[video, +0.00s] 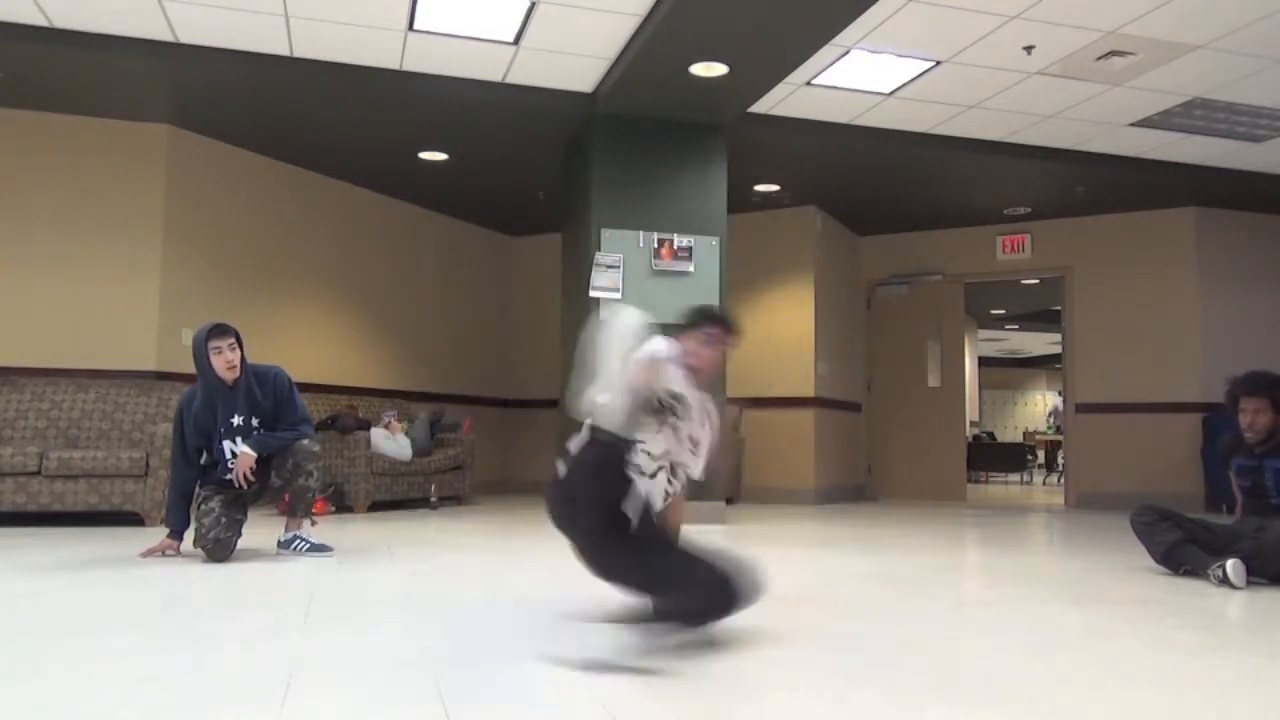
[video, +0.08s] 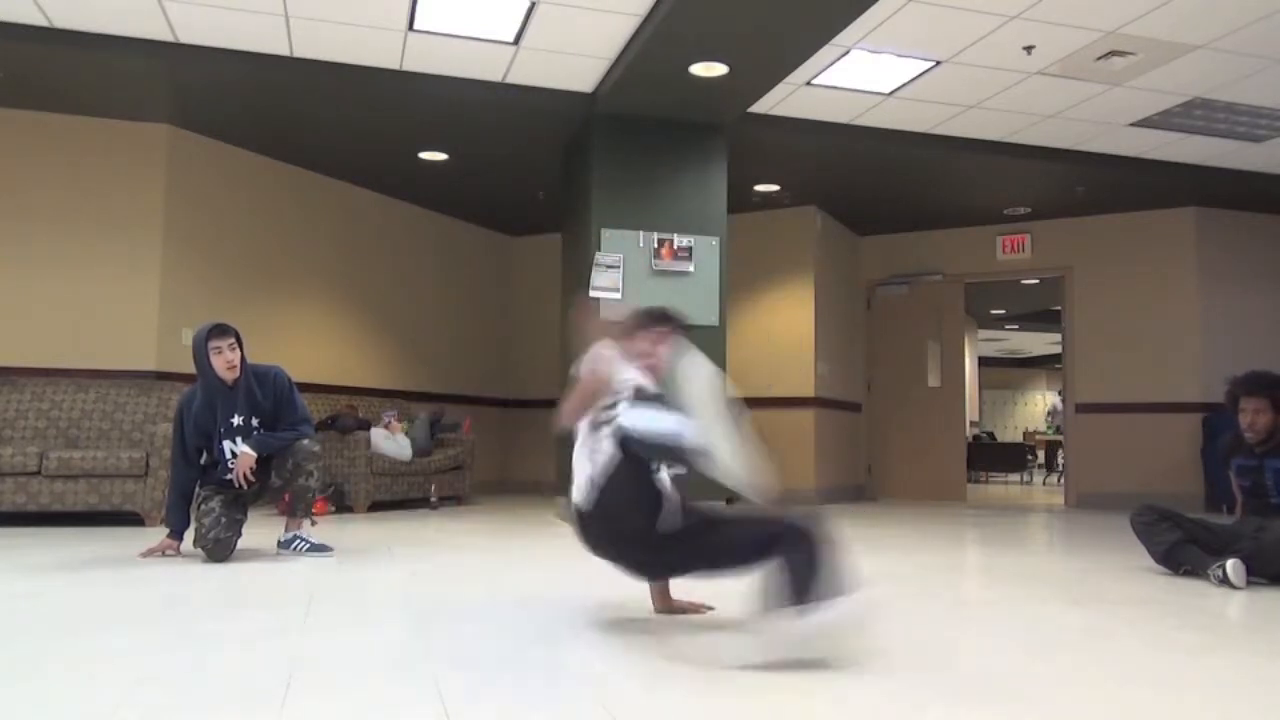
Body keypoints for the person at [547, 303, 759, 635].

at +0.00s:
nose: (710, 354)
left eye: (719, 347)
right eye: (704, 341)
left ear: (724, 354)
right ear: (684, 337)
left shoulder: (700, 412)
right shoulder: (659, 353)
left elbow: (674, 489)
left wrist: (668, 555)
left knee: (718, 590)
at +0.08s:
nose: (662, 355)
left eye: (668, 346)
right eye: (655, 341)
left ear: (671, 349)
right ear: (634, 337)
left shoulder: (650, 397)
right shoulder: (606, 358)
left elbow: (659, 500)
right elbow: (565, 417)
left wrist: (661, 598)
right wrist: (598, 375)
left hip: (651, 543)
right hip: (608, 520)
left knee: (793, 534)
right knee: (629, 422)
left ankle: (792, 631)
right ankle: (703, 436)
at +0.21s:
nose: (590, 355)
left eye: (593, 346)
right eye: (576, 348)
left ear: (598, 356)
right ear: (548, 362)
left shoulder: (611, 409)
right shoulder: (541, 411)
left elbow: (640, 494)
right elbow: (563, 511)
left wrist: (661, 593)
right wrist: (578, 609)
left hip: (688, 501)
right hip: (642, 530)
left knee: (799, 406)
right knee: (729, 500)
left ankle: (932, 455)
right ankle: (882, 590)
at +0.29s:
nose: (578, 366)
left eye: (578, 355)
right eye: (563, 360)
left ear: (581, 359)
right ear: (533, 375)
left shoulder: (593, 409)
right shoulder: (533, 425)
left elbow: (620, 497)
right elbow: (551, 537)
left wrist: (657, 592)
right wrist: (586, 622)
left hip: (675, 489)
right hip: (670, 546)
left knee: (741, 388)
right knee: (812, 577)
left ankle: (862, 368)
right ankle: (911, 604)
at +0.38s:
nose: (601, 361)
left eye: (600, 349)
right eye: (588, 351)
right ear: (554, 360)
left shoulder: (572, 400)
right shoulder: (550, 423)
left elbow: (600, 497)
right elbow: (552, 535)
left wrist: (654, 584)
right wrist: (587, 621)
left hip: (654, 500)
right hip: (656, 553)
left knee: (724, 396)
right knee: (783, 573)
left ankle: (842, 390)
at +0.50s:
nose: (649, 371)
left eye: (651, 360)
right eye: (646, 359)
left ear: (610, 347)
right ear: (618, 351)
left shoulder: (574, 370)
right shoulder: (588, 403)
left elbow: (597, 474)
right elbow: (578, 517)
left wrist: (651, 507)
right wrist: (590, 622)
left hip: (619, 482)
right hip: (614, 529)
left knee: (726, 420)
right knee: (687, 591)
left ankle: (754, 512)